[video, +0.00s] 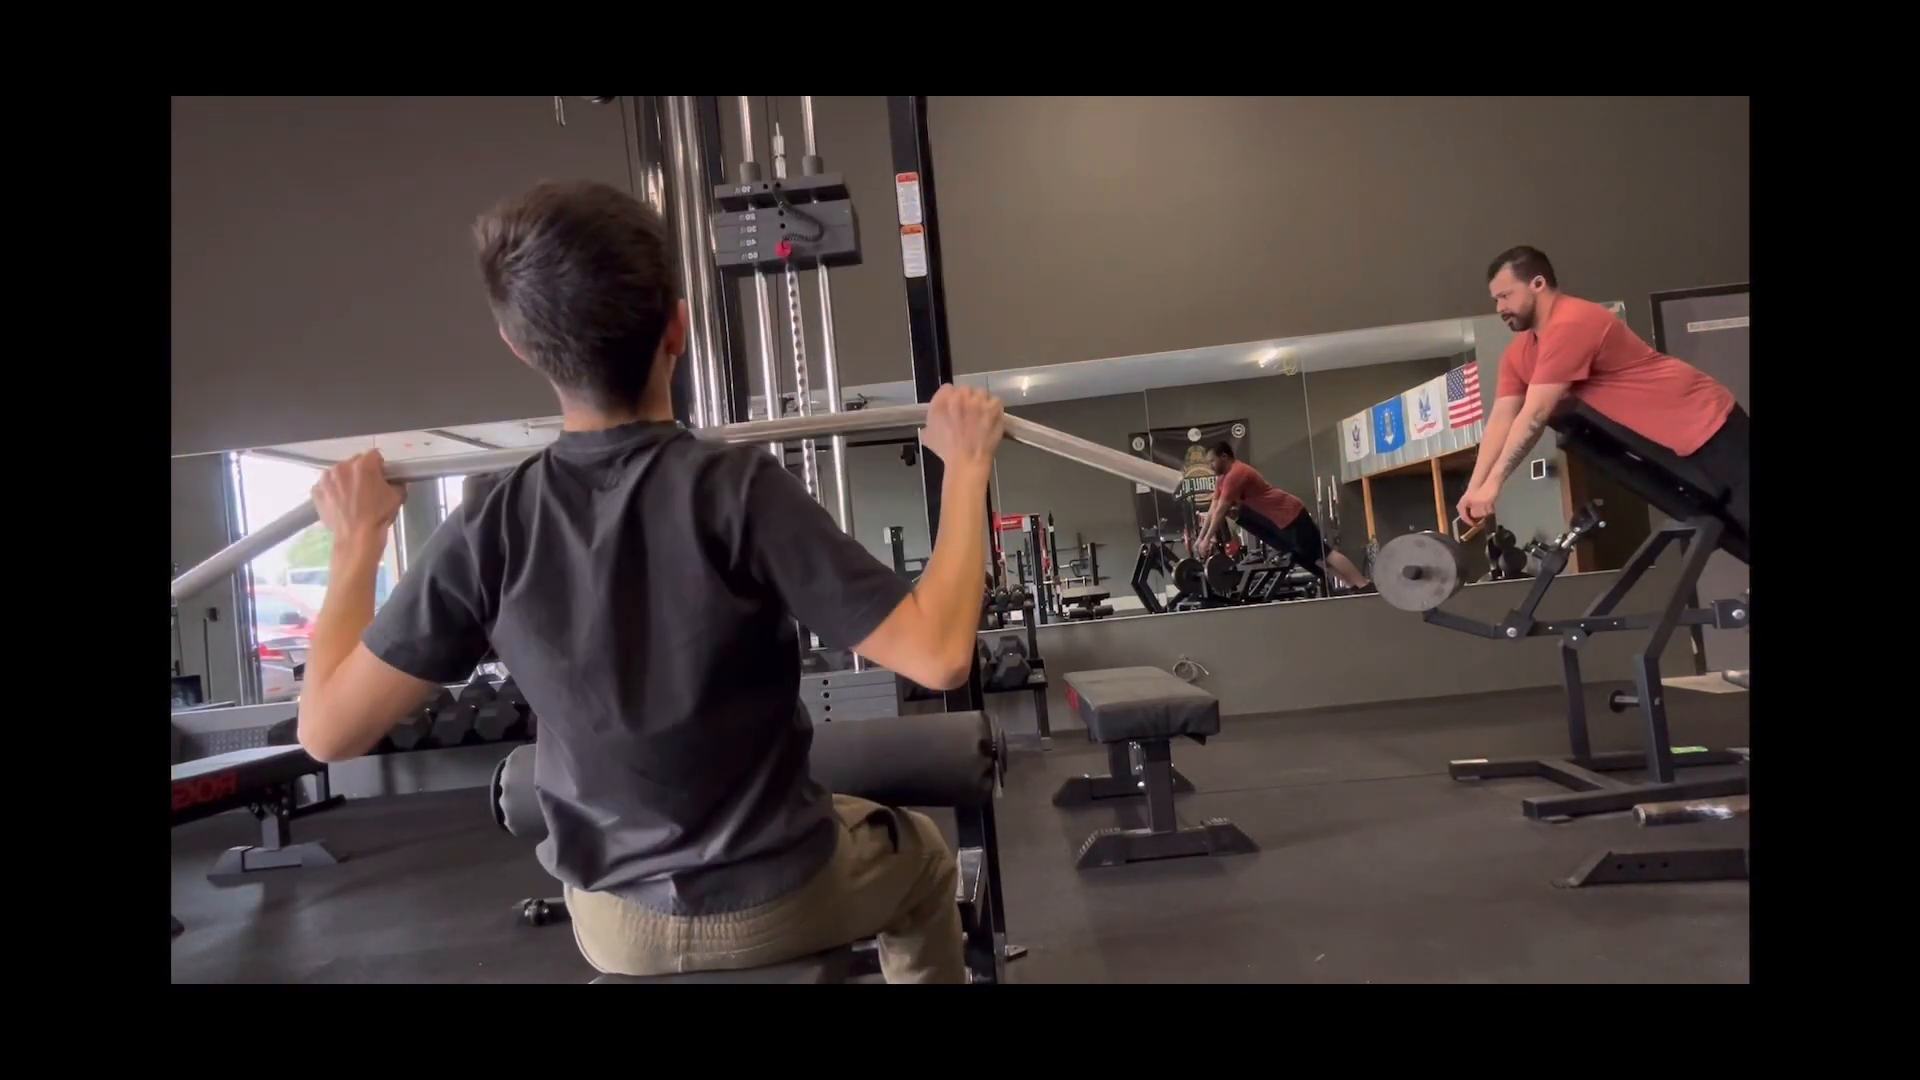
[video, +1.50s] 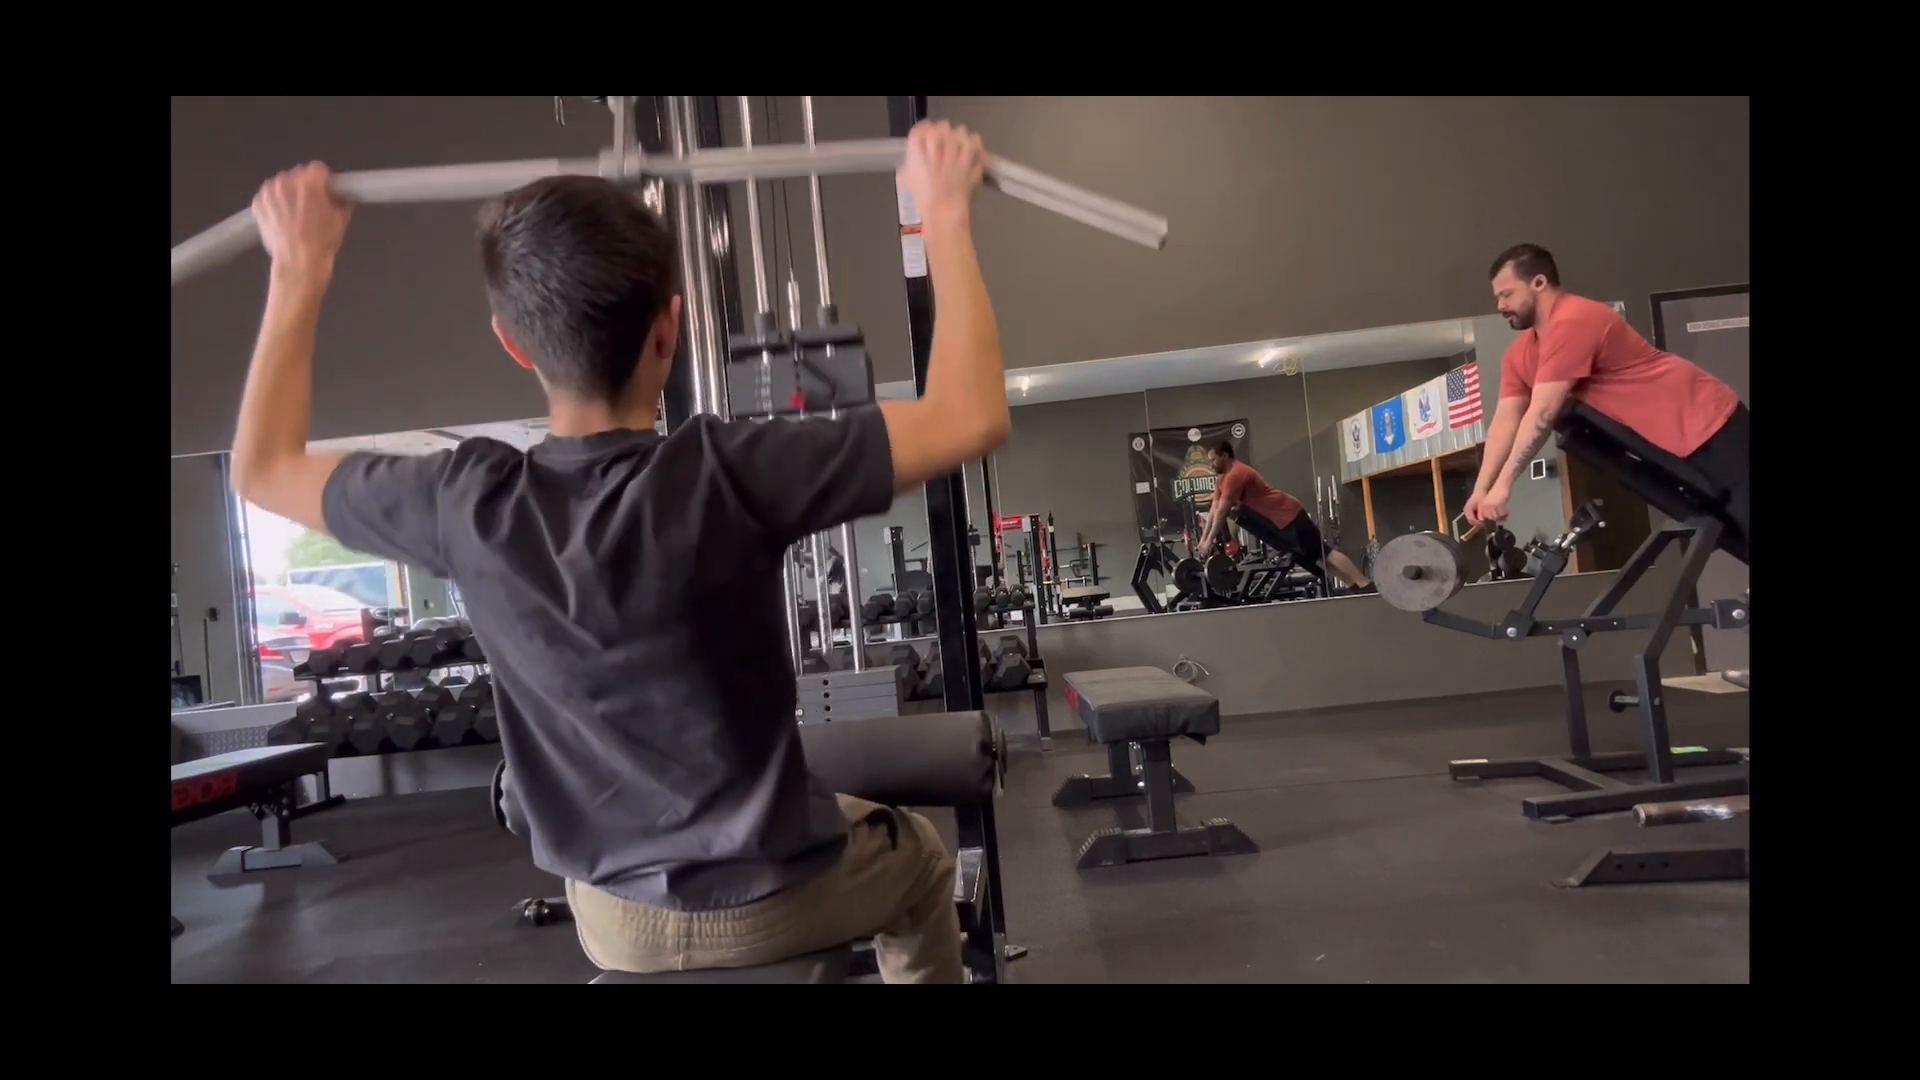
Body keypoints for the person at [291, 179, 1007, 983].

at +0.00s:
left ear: (517, 347)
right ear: (678, 327)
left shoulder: (495, 524)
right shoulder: (735, 489)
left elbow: (327, 730)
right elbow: (938, 652)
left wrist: (354, 541)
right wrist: (967, 472)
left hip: (607, 922)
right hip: (773, 911)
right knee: (920, 854)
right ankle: (927, 976)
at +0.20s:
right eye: (695, 301)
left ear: (528, 343)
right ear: (687, 327)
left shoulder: (493, 515)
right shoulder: (747, 478)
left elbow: (312, 639)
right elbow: (970, 571)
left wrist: (362, 452)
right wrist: (971, 398)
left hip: (608, 920)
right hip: (775, 907)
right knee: (919, 852)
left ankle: (839, 971)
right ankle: (925, 978)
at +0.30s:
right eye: (696, 298)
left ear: (531, 344)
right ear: (689, 323)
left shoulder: (493, 508)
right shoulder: (757, 470)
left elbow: (317, 546)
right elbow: (983, 494)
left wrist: (357, 368)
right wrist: (968, 319)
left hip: (610, 918)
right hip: (775, 904)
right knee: (920, 854)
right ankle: (922, 975)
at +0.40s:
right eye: (697, 296)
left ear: (534, 340)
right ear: (692, 321)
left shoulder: (505, 492)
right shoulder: (762, 453)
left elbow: (328, 449)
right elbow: (975, 412)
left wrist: (348, 272)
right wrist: (959, 230)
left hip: (611, 916)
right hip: (776, 906)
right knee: (922, 861)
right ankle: (923, 979)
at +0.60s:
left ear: (544, 328)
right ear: (700, 314)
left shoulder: (521, 458)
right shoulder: (765, 416)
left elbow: (374, 314)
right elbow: (920, 272)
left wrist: (351, 136)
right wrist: (936, 98)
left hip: (617, 912)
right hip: (781, 898)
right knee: (918, 856)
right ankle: (928, 975)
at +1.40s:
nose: (685, 308)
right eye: (682, 293)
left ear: (516, 338)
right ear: (675, 316)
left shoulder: (479, 481)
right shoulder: (744, 452)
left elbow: (290, 387)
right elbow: (951, 349)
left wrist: (305, 183)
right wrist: (939, 145)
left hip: (612, 909)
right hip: (772, 899)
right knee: (919, 862)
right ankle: (924, 981)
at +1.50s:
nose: (679, 316)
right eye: (679, 299)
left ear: (509, 343)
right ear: (669, 320)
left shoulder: (467, 501)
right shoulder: (730, 471)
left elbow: (261, 469)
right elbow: (970, 416)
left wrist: (296, 269)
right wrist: (947, 220)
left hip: (608, 917)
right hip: (773, 904)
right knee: (918, 863)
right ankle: (921, 973)